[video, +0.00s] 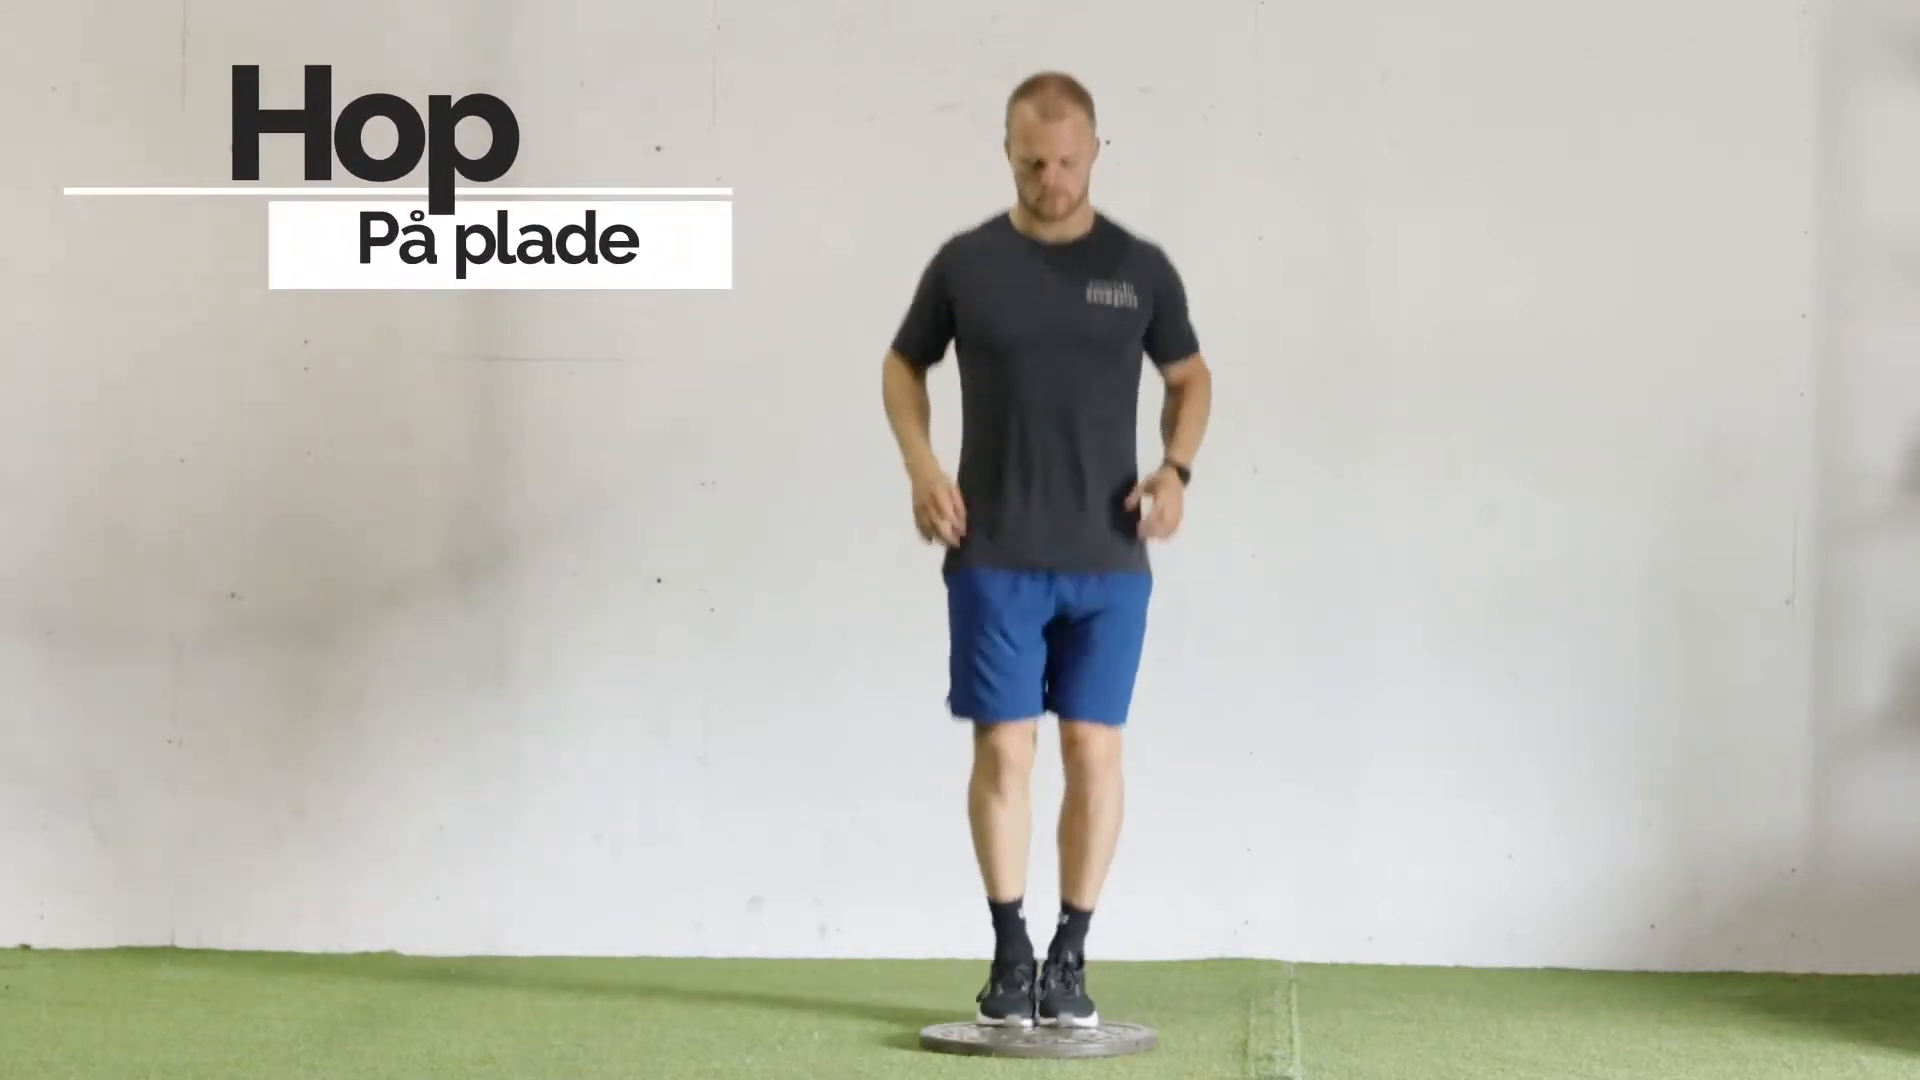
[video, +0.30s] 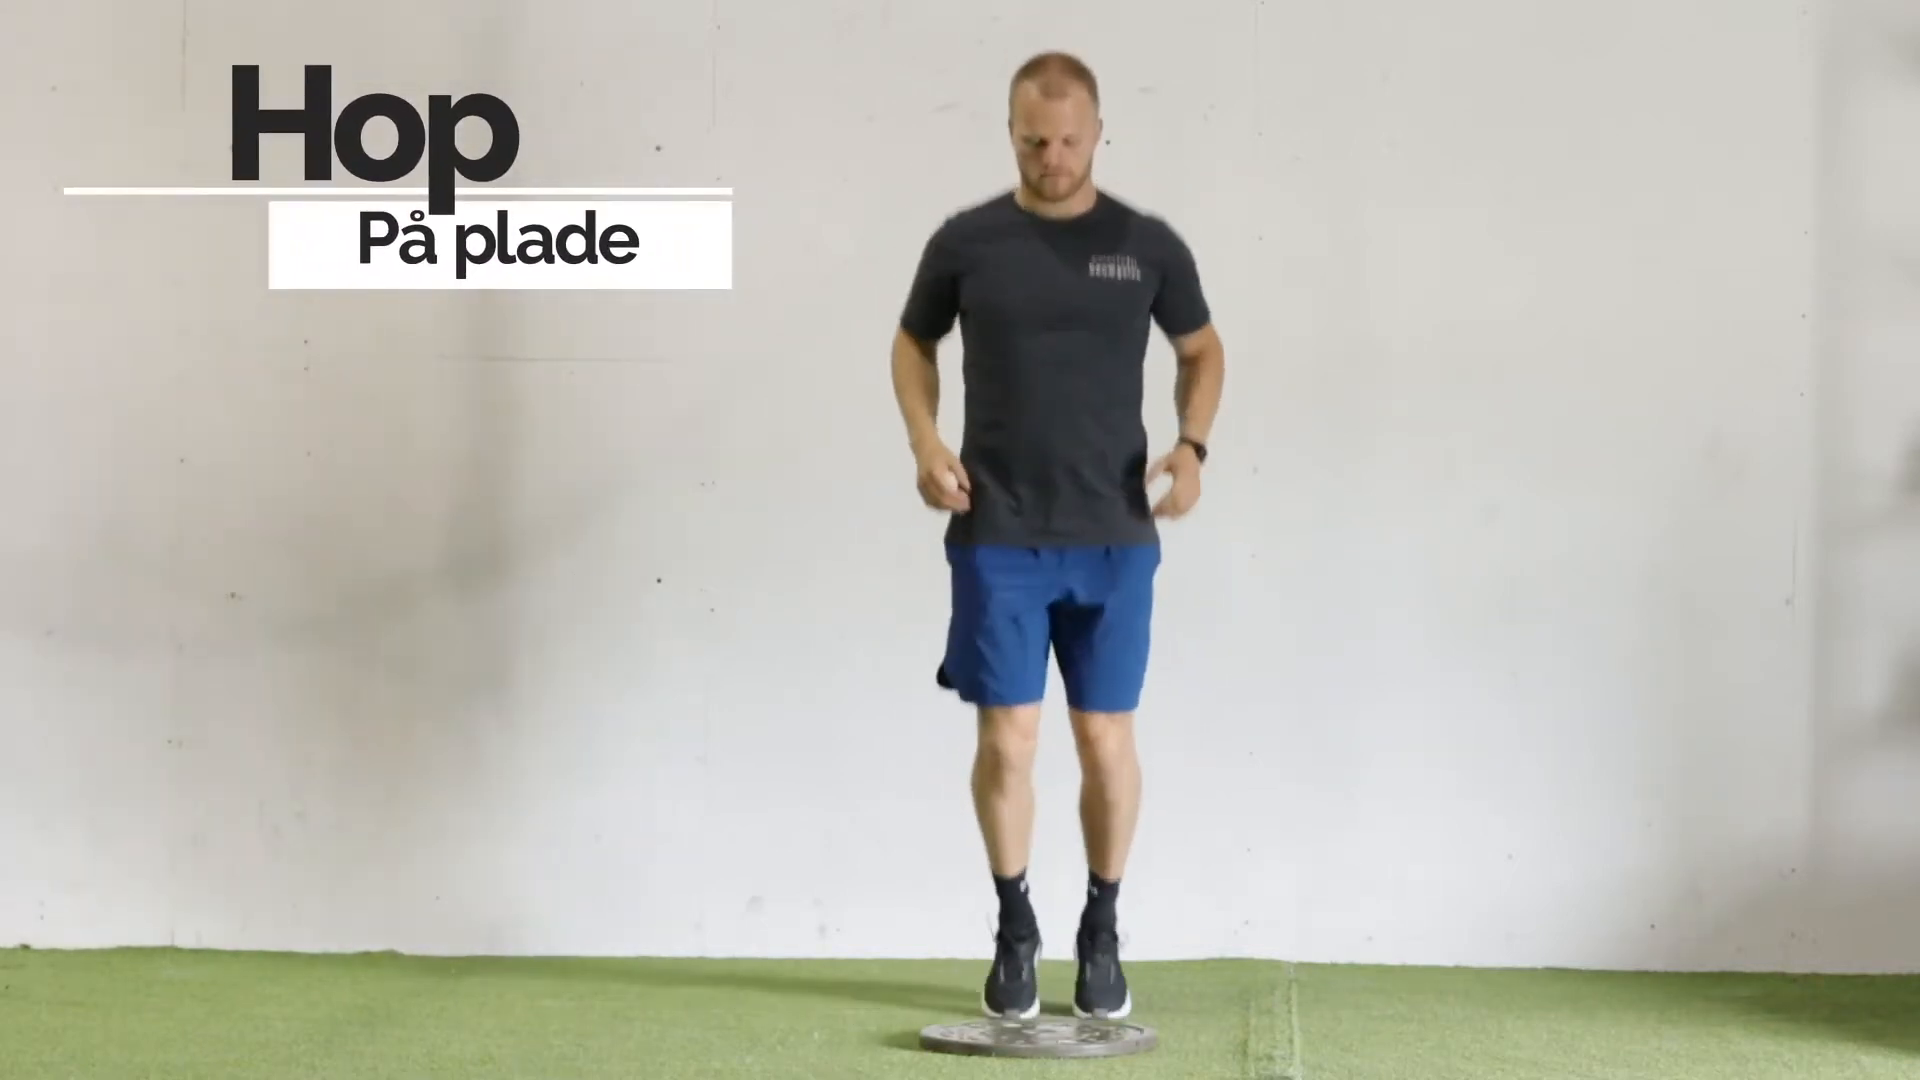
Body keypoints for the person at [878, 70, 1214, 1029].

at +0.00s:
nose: (1049, 176)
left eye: (1065, 158)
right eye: (1032, 159)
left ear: (1094, 154)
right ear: (1008, 156)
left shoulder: (1139, 267)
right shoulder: (964, 263)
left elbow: (1190, 378)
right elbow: (903, 366)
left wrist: (1174, 470)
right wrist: (922, 467)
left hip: (1108, 556)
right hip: (995, 553)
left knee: (1092, 747)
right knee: (1004, 750)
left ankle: (1067, 960)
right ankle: (1010, 958)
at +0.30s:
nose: (1046, 156)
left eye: (1063, 139)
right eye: (1031, 139)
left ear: (1096, 136)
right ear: (1011, 137)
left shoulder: (1149, 246)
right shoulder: (964, 243)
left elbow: (1202, 352)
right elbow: (912, 344)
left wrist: (1190, 446)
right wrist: (927, 444)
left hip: (1114, 533)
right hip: (999, 531)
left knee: (1104, 738)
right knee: (1008, 738)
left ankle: (1101, 932)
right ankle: (1014, 932)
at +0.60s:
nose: (1045, 99)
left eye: (1060, 81)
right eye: (1028, 81)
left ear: (1091, 74)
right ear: (1005, 75)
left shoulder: (1142, 175)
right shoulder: (964, 174)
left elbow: (1220, 259)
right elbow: (883, 266)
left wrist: (1202, 304)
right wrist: (914, 310)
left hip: (1110, 469)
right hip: (996, 468)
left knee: (1103, 676)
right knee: (999, 676)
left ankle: (1095, 884)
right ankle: (1007, 883)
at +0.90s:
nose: (1037, 191)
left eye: (1053, 174)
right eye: (1019, 175)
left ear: (1082, 166)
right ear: (996, 169)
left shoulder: (1133, 276)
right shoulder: (955, 281)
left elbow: (1200, 382)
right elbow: (893, 397)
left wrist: (1184, 457)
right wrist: (903, 504)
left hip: (1104, 568)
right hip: (990, 565)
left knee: (1092, 764)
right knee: (994, 768)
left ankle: (1067, 968)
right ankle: (998, 965)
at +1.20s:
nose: (1040, 138)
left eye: (1056, 120)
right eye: (1023, 122)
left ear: (1087, 112)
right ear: (1000, 116)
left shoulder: (1138, 217)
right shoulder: (956, 216)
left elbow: (1204, 306)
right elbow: (899, 307)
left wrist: (1188, 395)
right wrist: (904, 408)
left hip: (1103, 513)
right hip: (987, 512)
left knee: (1095, 722)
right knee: (991, 720)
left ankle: (1082, 930)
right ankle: (989, 931)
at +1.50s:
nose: (1044, 125)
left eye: (1059, 108)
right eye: (1027, 109)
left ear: (1088, 102)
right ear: (1004, 108)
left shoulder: (1139, 206)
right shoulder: (965, 207)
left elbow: (1212, 293)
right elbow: (893, 302)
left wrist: (1186, 332)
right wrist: (932, 328)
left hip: (1110, 500)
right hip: (996, 498)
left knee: (1105, 712)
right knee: (990, 711)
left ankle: (1082, 917)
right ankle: (991, 916)